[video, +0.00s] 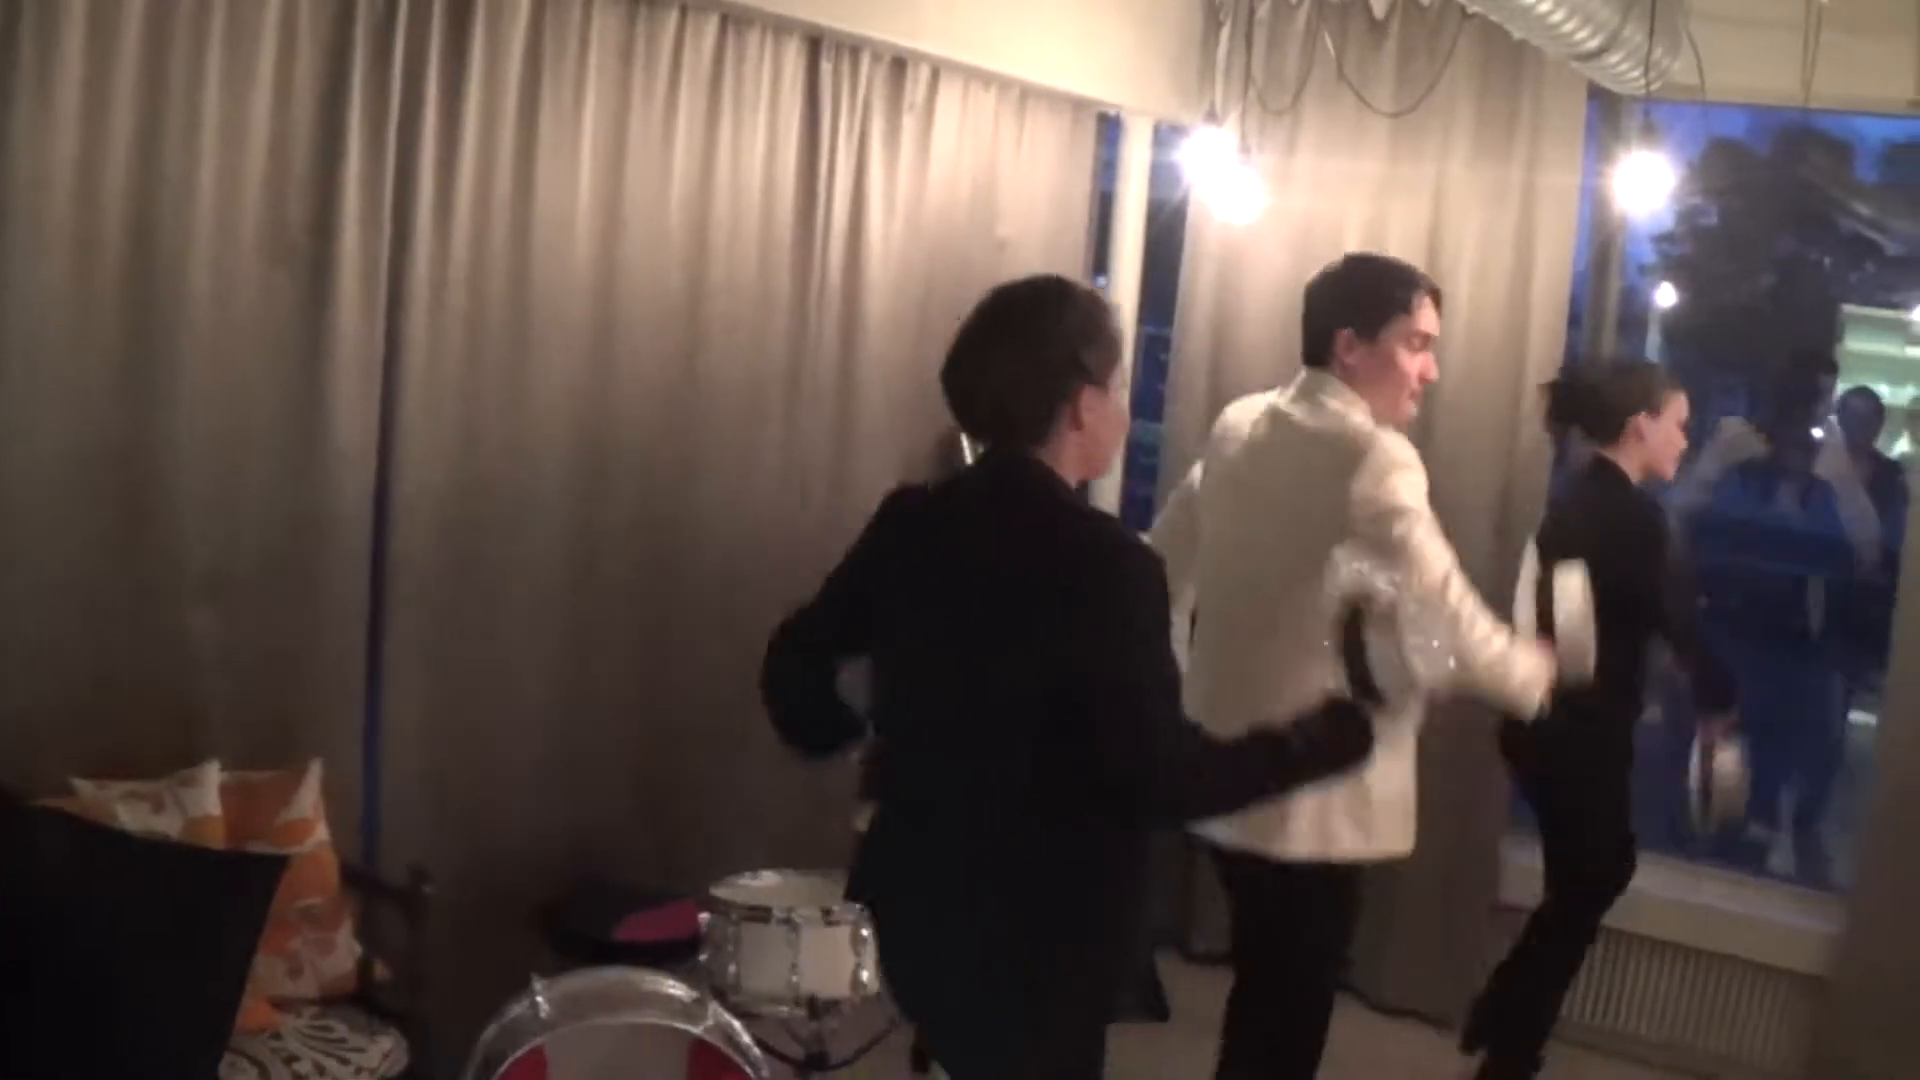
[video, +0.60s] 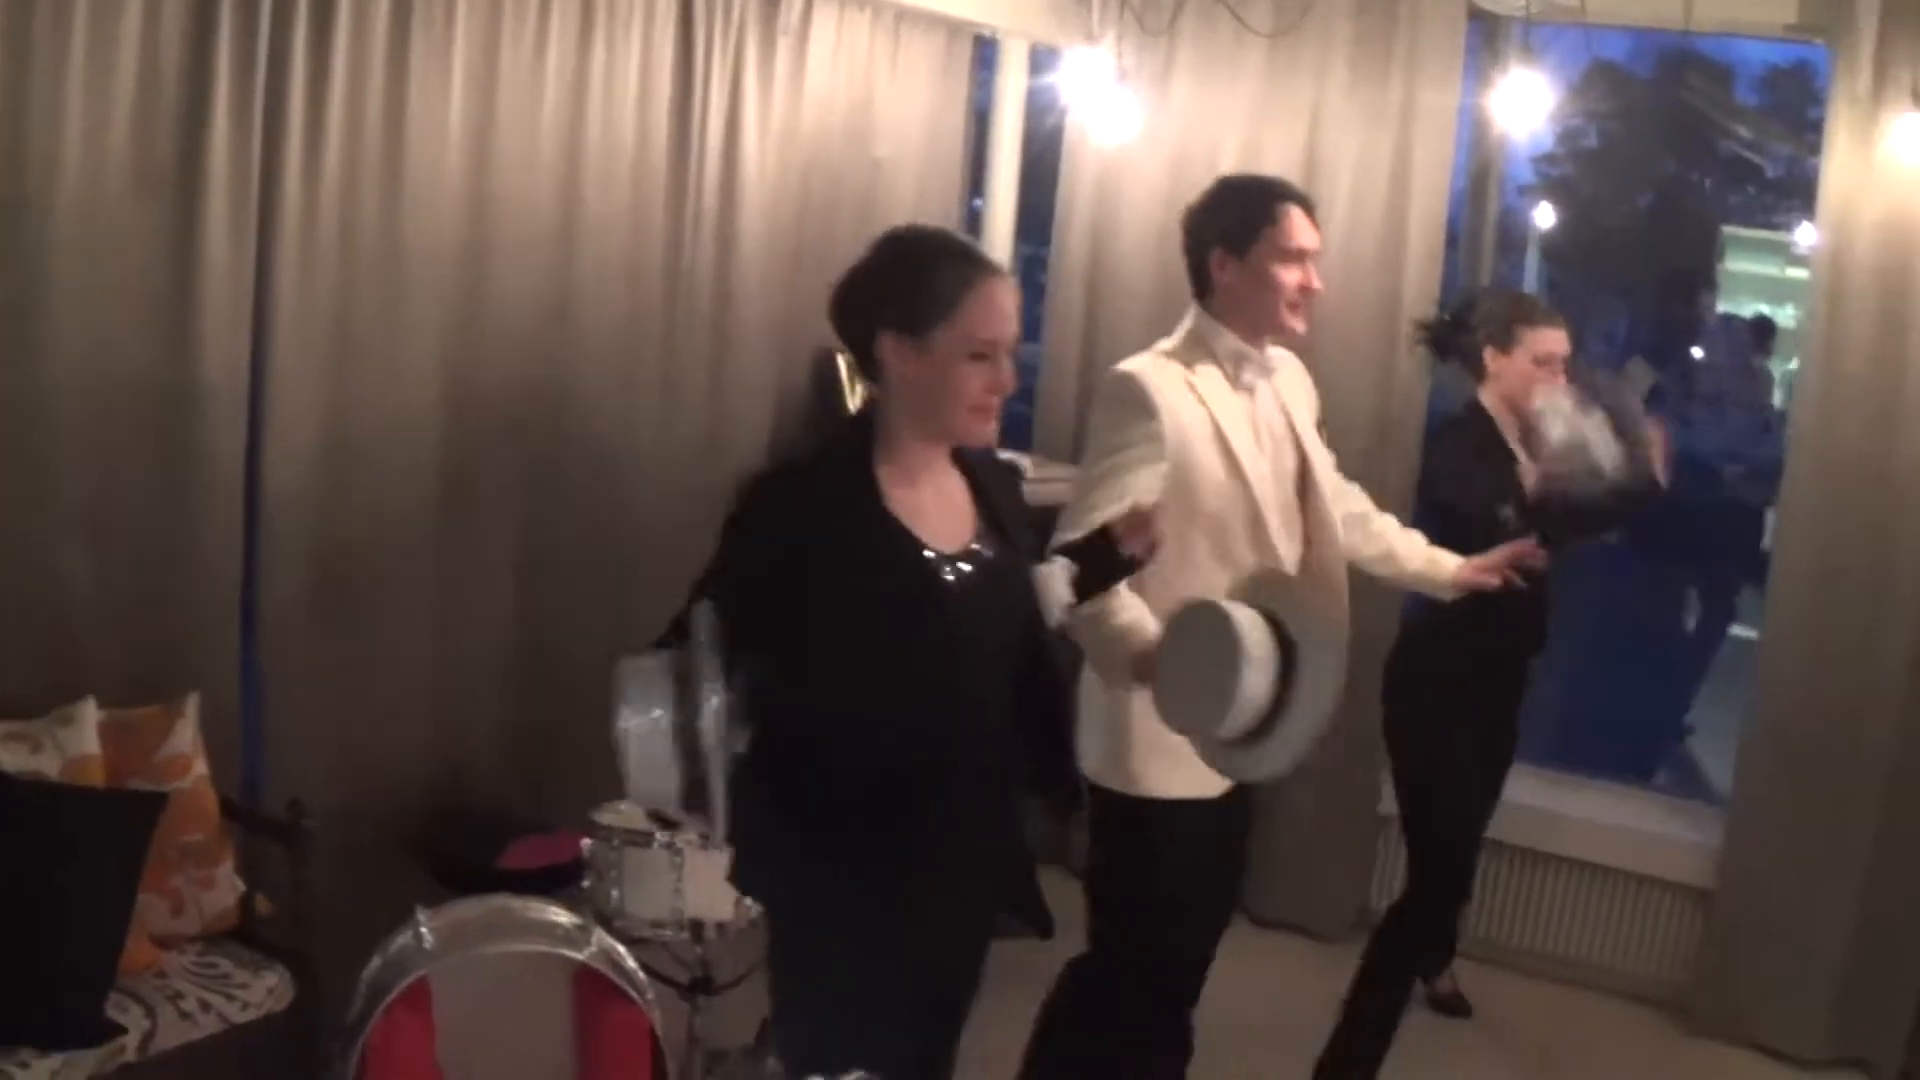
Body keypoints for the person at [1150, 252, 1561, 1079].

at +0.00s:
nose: (1432, 372)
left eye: (1431, 349)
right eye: (1418, 347)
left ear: (1337, 349)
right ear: (1350, 348)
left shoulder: (1241, 425)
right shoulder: (1376, 462)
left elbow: (1164, 557)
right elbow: (1440, 626)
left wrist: (1177, 674)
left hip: (1226, 782)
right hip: (1316, 805)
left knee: (1257, 1012)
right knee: (1286, 1034)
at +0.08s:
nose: (1433, 366)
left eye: (1433, 344)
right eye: (1418, 341)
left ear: (1340, 341)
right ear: (1349, 340)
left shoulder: (1258, 406)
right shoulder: (1374, 448)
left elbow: (1167, 534)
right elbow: (1451, 593)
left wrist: (1166, 649)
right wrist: (1544, 624)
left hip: (1224, 765)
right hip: (1299, 792)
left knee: (1255, 1003)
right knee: (1280, 1016)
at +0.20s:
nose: (1422, 363)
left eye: (1423, 342)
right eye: (1404, 340)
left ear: (1350, 348)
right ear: (1337, 342)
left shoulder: (1312, 437)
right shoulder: (1314, 458)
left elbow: (1350, 635)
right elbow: (1353, 654)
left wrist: (1457, 693)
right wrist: (1472, 702)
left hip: (1272, 764)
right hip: (1265, 777)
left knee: (1261, 1002)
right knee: (1271, 1008)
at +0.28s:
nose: (1411, 371)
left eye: (1412, 349)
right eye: (1392, 349)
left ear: (1338, 354)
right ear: (1326, 352)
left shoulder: (1309, 455)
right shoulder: (1289, 479)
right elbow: (1282, 679)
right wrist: (1387, 783)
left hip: (1262, 797)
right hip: (1251, 807)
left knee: (1267, 1002)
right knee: (1283, 1009)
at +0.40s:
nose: (1379, 352)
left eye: (1381, 330)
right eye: (1359, 329)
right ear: (1291, 334)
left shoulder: (1325, 443)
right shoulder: (1231, 461)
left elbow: (1360, 584)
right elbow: (1181, 648)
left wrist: (1460, 667)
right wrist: (1271, 784)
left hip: (1287, 780)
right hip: (1222, 788)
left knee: (1253, 978)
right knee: (1254, 981)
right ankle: (1165, 1076)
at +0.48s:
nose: (1355, 320)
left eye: (1357, 299)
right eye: (1335, 298)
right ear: (1268, 305)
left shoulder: (1319, 414)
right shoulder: (1195, 429)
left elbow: (1368, 549)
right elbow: (1133, 599)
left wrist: (1475, 618)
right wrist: (1212, 719)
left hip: (1280, 755)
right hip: (1198, 764)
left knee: (1223, 973)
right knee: (1205, 980)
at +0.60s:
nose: (1312, 281)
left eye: (1315, 261)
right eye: (1292, 260)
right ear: (1221, 266)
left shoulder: (1285, 378)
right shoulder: (1149, 388)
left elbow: (1336, 511)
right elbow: (1088, 572)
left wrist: (1453, 571)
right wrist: (1163, 658)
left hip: (1230, 737)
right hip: (1147, 748)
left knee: (1176, 970)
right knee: (1131, 972)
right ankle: (1062, 1072)